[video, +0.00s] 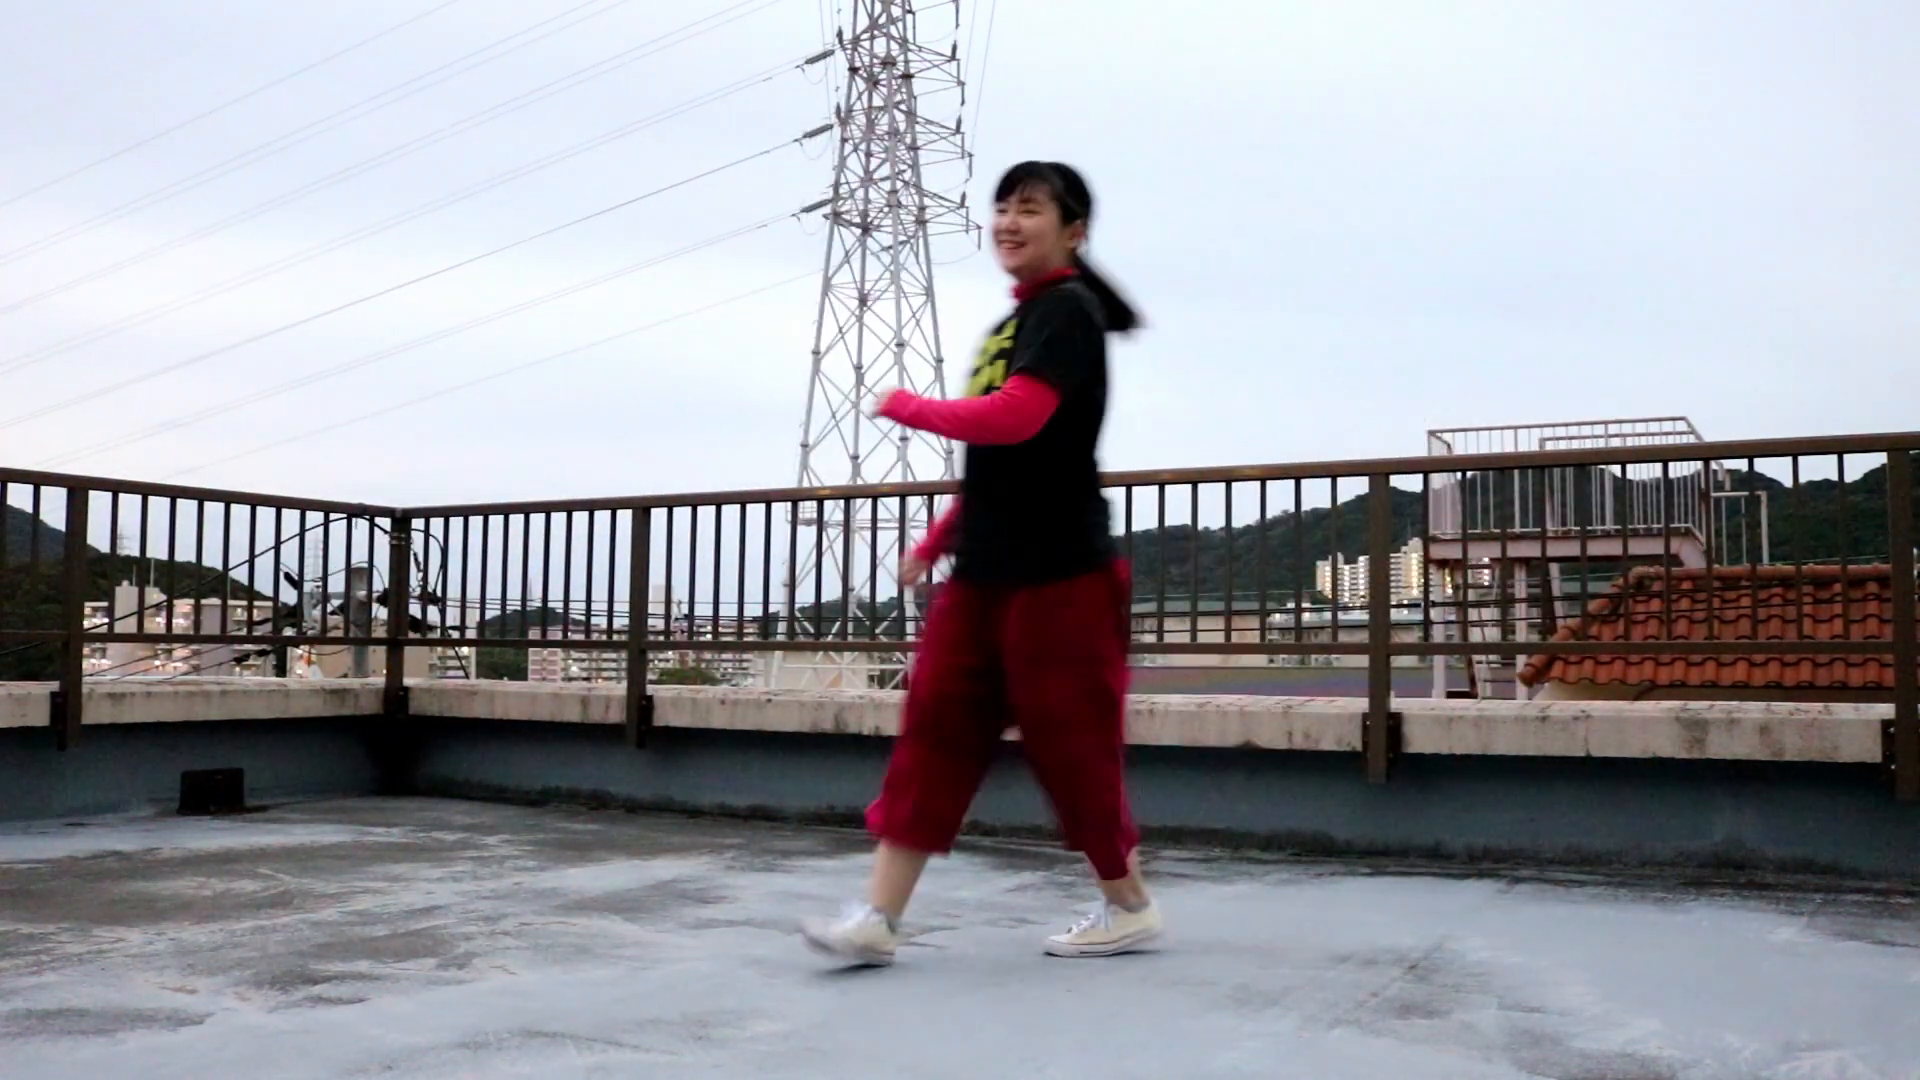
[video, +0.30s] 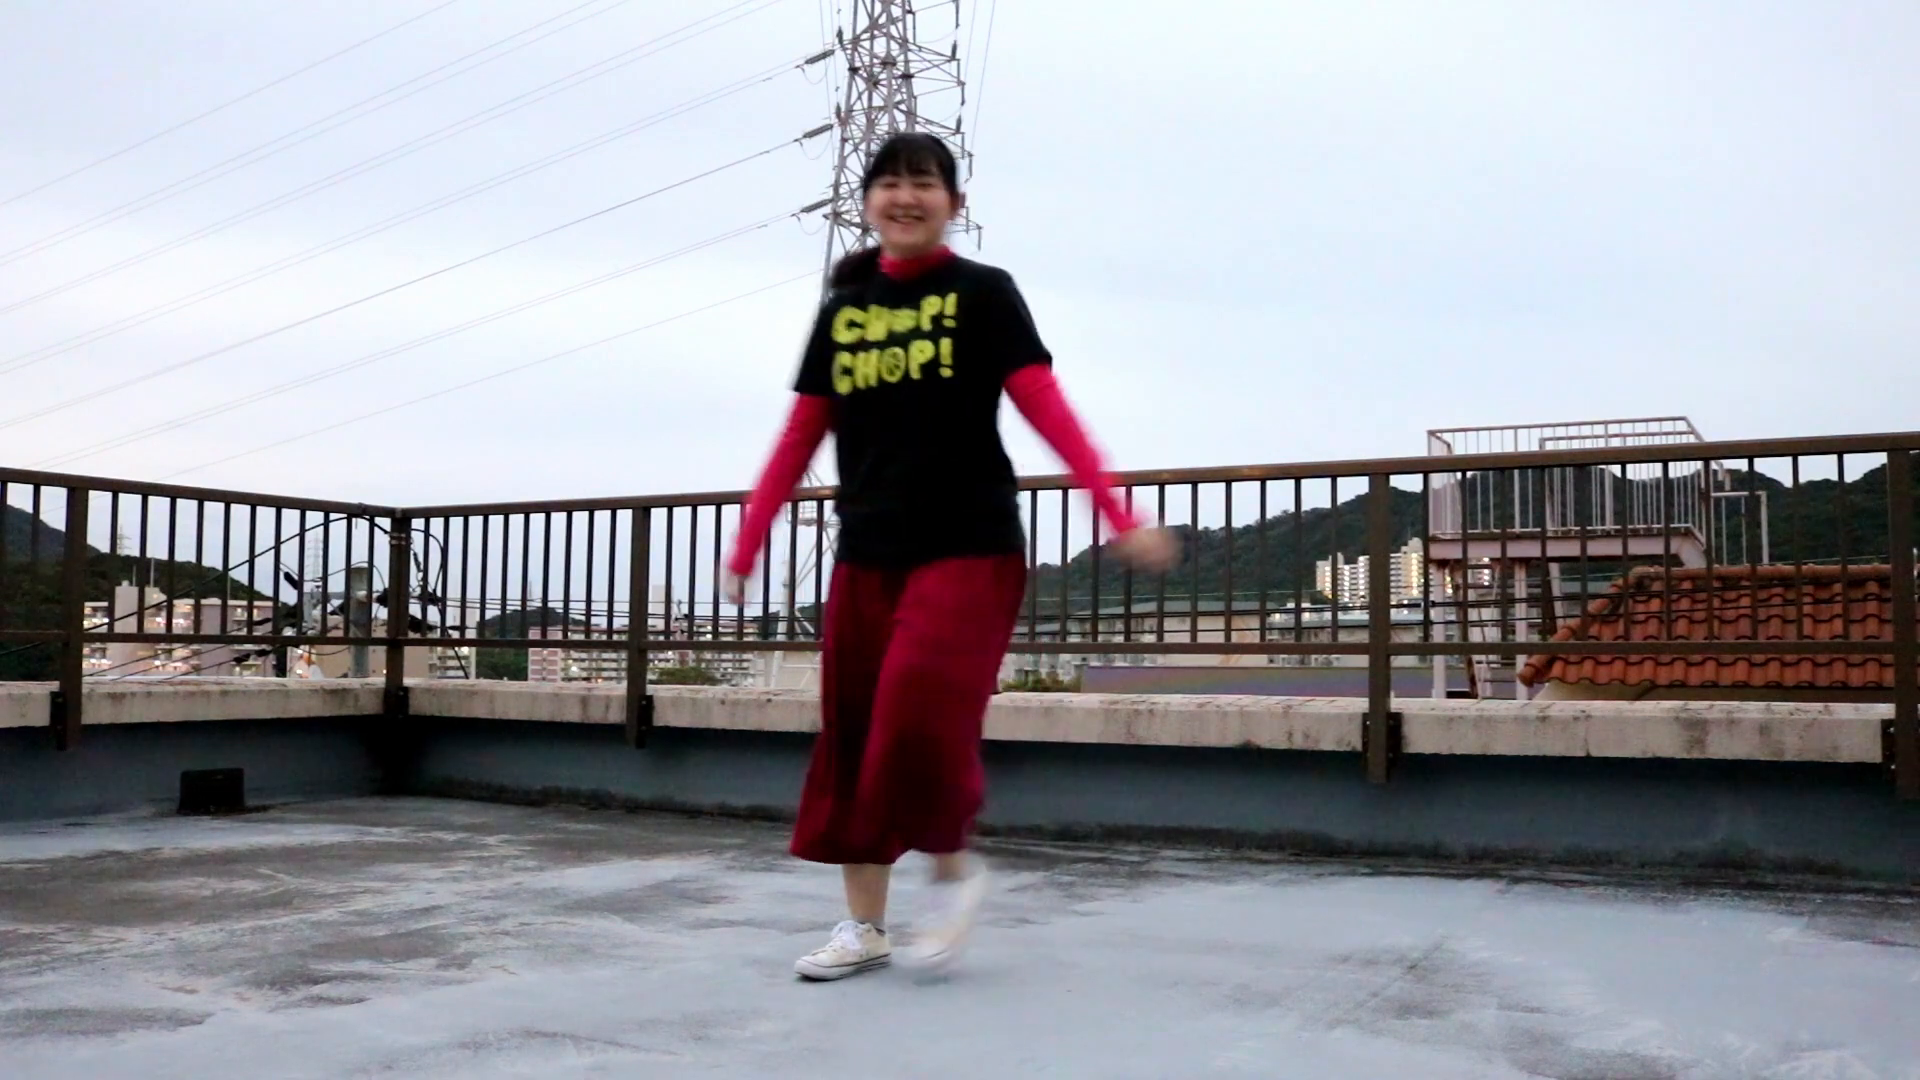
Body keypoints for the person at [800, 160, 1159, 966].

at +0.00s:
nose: (1008, 220)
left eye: (1029, 209)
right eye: (1003, 207)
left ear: (1072, 230)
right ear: (995, 224)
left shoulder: (1068, 314)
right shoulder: (1018, 323)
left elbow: (1023, 412)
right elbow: (1003, 466)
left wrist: (919, 410)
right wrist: (937, 539)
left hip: (1059, 569)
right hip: (986, 568)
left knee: (1067, 734)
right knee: (937, 726)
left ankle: (1131, 905)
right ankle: (878, 916)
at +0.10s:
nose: (976, 221)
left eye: (998, 210)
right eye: (965, 208)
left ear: (1031, 231)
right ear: (948, 225)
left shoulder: (1036, 312)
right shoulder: (937, 338)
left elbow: (1030, 416)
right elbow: (922, 454)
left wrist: (897, 444)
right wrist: (873, 553)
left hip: (1011, 565)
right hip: (927, 563)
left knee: (999, 728)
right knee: (888, 725)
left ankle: (1102, 881)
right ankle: (866, 923)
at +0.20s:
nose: (938, 210)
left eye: (958, 198)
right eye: (924, 197)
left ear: (986, 217)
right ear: (903, 215)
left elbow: (1032, 413)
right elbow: (847, 445)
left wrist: (984, 513)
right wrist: (805, 546)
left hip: (980, 555)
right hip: (892, 555)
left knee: (939, 712)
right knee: (862, 723)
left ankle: (1032, 849)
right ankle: (865, 925)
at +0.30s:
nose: (904, 195)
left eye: (922, 182)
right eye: (889, 182)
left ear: (953, 201)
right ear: (866, 203)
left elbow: (1045, 405)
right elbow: (804, 426)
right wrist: (752, 527)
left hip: (970, 543)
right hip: (872, 546)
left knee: (915, 695)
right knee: (856, 714)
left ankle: (957, 874)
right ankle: (865, 924)